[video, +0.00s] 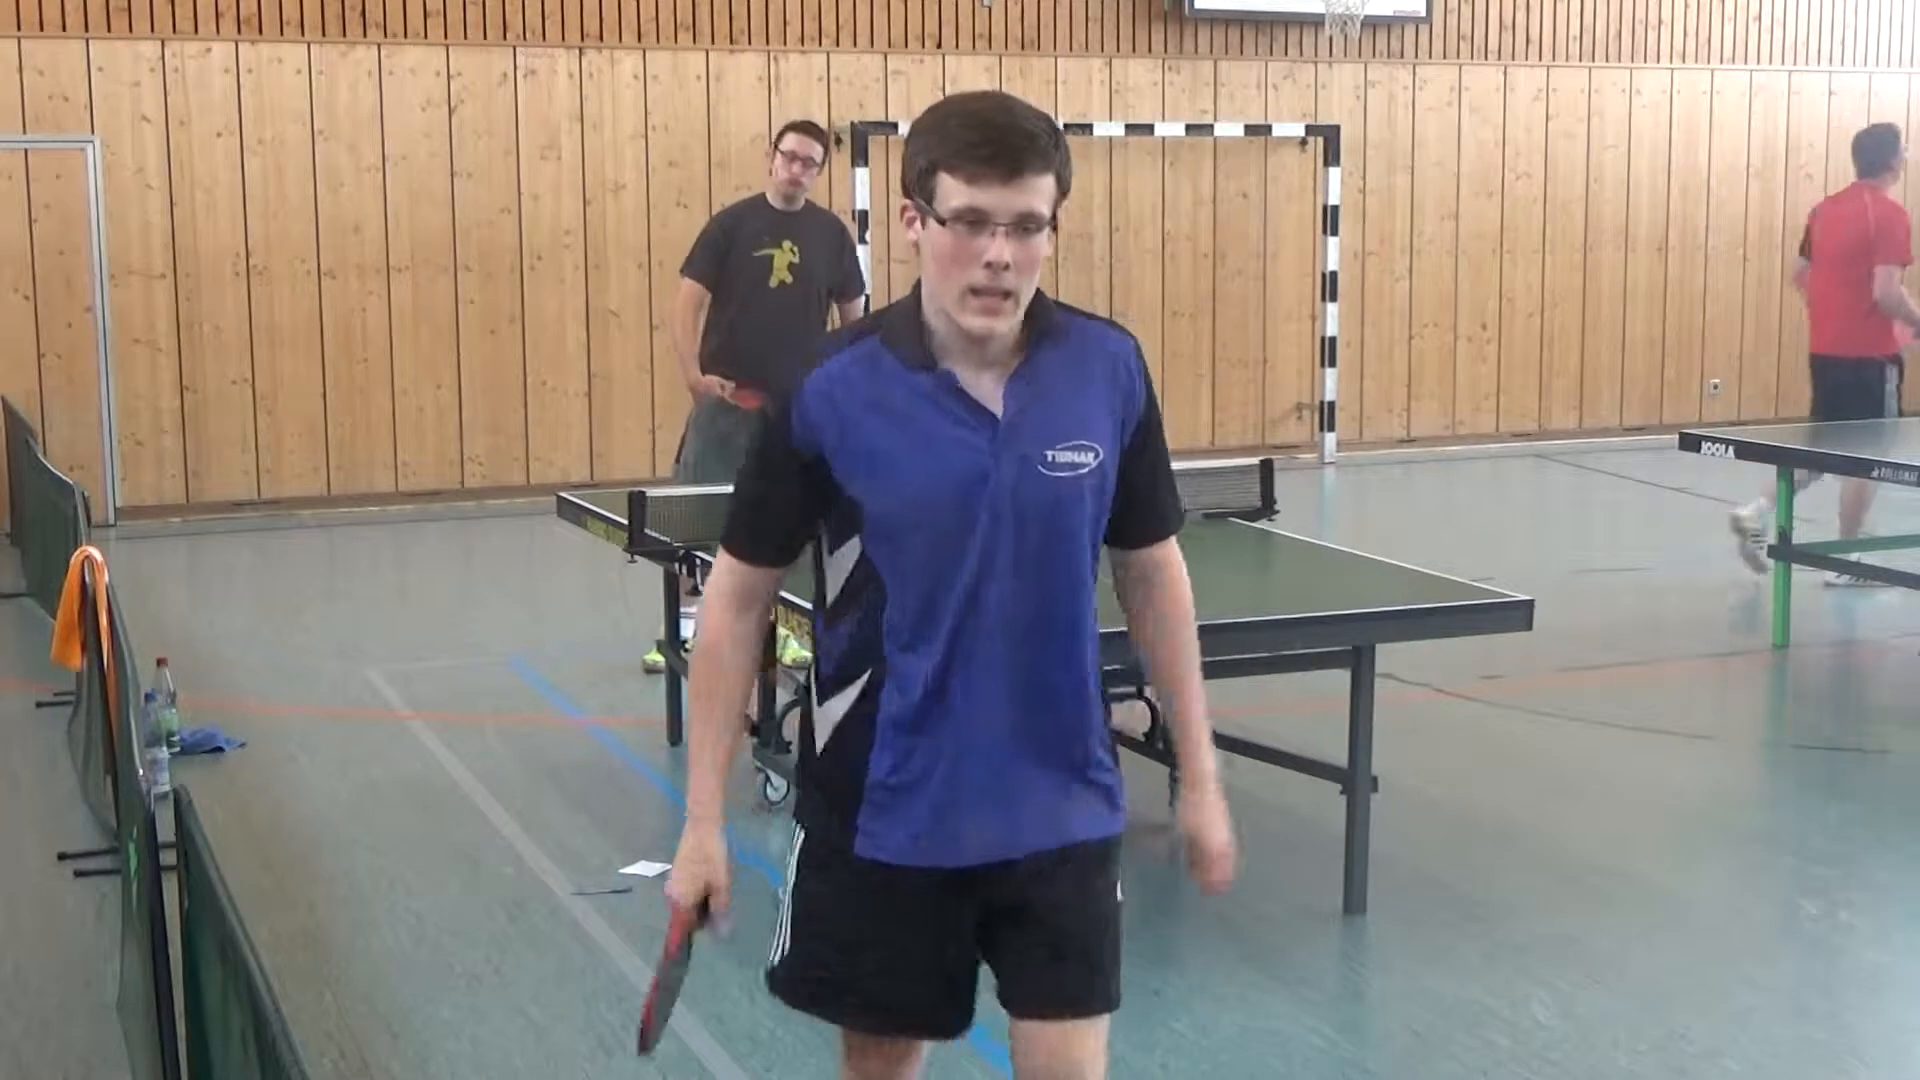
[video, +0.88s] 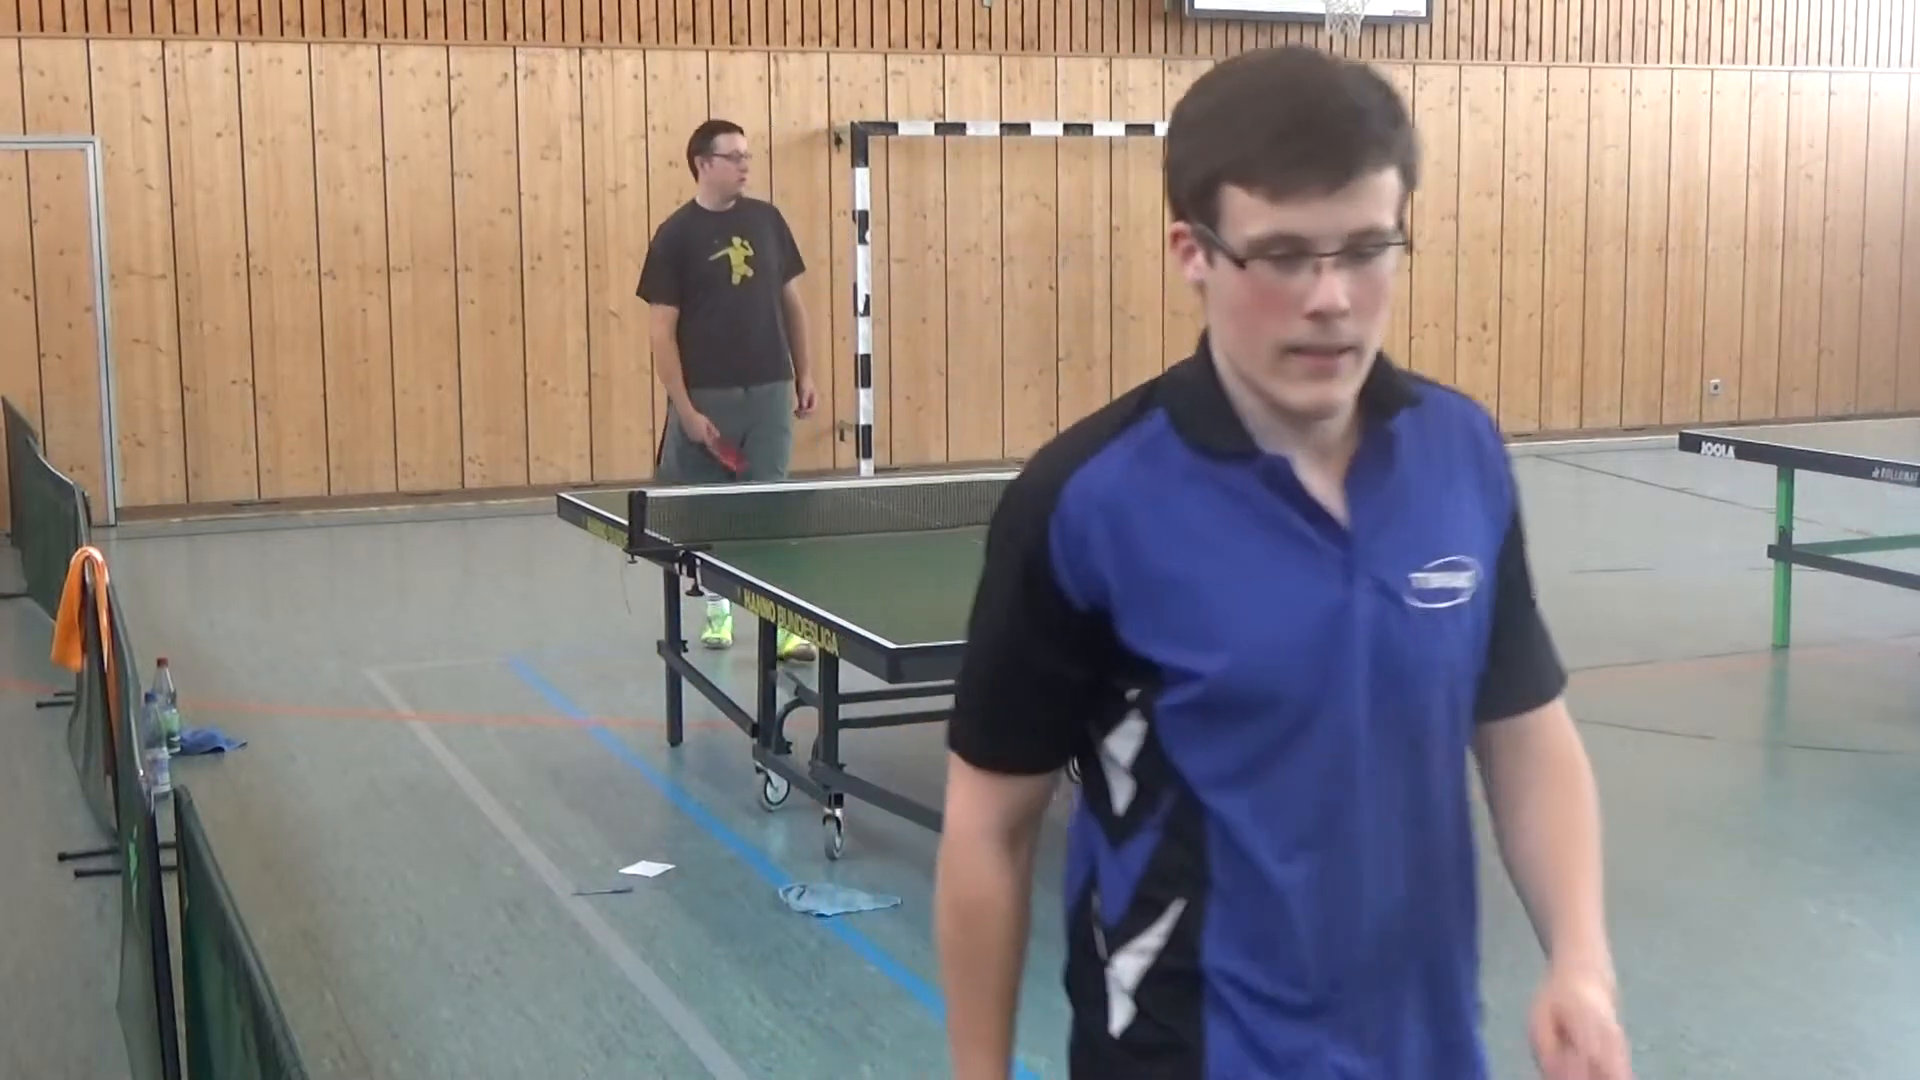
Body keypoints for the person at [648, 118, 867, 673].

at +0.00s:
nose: (796, 169)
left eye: (808, 162)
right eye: (789, 157)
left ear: (820, 169)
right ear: (772, 158)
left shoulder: (833, 232)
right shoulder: (732, 224)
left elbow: (853, 317)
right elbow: (686, 301)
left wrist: (848, 386)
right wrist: (693, 376)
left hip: (803, 410)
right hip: (728, 403)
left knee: (784, 543)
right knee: (706, 527)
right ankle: (692, 638)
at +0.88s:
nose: (745, 166)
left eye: (746, 157)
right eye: (734, 158)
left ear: (746, 161)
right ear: (701, 164)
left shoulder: (765, 218)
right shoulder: (673, 236)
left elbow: (793, 301)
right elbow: (660, 332)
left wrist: (804, 372)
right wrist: (685, 410)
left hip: (770, 394)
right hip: (704, 401)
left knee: (770, 513)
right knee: (701, 512)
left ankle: (785, 621)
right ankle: (718, 608)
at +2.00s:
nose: (828, 168)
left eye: (828, 159)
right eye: (818, 160)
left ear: (818, 167)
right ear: (785, 168)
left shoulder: (836, 227)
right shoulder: (743, 227)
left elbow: (862, 304)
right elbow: (718, 319)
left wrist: (843, 341)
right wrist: (732, 393)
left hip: (818, 389)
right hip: (758, 388)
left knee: (811, 505)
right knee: (734, 501)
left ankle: (808, 606)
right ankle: (722, 602)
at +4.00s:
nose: (809, 173)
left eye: (818, 164)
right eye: (799, 164)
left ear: (830, 168)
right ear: (783, 166)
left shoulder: (852, 225)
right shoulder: (755, 228)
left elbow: (901, 270)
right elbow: (731, 317)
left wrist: (866, 315)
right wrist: (750, 392)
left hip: (835, 392)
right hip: (768, 392)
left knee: (842, 510)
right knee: (745, 506)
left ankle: (841, 614)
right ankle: (728, 608)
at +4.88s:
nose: (809, 172)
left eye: (817, 163)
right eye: (799, 163)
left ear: (830, 166)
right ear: (783, 165)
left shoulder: (853, 224)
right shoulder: (755, 227)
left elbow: (906, 271)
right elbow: (720, 309)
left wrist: (868, 313)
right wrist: (759, 311)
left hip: (836, 387)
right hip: (768, 389)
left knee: (837, 506)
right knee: (746, 501)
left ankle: (836, 612)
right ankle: (729, 607)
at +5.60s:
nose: (809, 172)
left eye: (818, 163)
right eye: (800, 163)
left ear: (833, 166)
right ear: (786, 167)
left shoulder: (858, 225)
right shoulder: (760, 226)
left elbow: (918, 272)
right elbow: (720, 312)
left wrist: (875, 316)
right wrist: (744, 293)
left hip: (837, 389)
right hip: (767, 388)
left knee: (842, 509)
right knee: (735, 498)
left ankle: (843, 615)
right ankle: (727, 606)